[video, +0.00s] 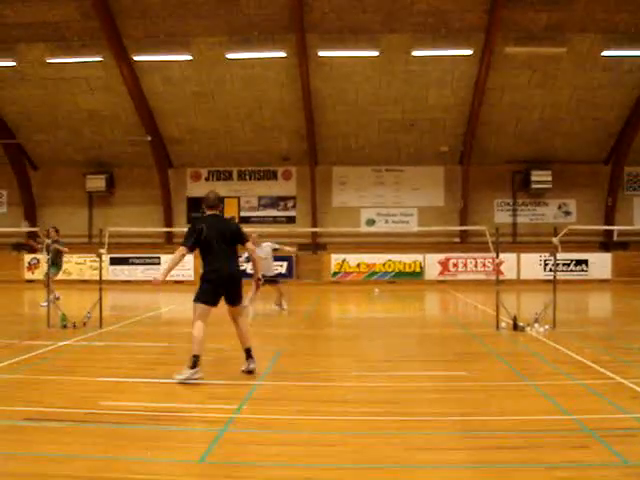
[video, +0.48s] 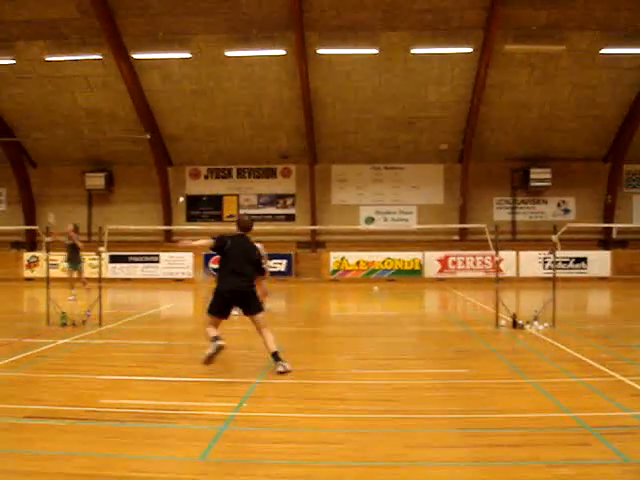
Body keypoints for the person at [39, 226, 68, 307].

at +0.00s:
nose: (50, 234)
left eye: (52, 232)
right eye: (50, 232)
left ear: (56, 233)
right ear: (49, 234)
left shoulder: (60, 242)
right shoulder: (50, 242)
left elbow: (66, 250)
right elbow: (44, 240)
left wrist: (56, 246)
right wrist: (39, 232)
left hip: (57, 264)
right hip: (50, 264)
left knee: (48, 279)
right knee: (46, 279)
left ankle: (49, 299)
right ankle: (54, 294)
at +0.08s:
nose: (48, 231)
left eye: (50, 229)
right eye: (48, 230)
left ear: (55, 231)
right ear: (46, 231)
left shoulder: (57, 241)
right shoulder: (48, 241)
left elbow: (65, 248)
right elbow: (40, 239)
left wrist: (57, 244)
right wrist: (36, 232)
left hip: (55, 263)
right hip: (48, 263)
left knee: (49, 280)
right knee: (45, 280)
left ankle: (50, 296)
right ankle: (52, 294)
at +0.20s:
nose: (52, 227)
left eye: (54, 225)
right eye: (51, 225)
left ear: (58, 226)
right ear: (51, 226)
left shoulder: (60, 236)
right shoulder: (50, 237)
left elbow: (68, 244)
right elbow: (41, 239)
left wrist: (61, 236)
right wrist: (34, 232)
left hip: (60, 257)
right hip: (53, 258)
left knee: (56, 274)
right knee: (52, 276)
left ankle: (58, 291)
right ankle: (52, 292)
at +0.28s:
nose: (53, 226)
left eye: (55, 224)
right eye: (52, 224)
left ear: (59, 225)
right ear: (52, 225)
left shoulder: (61, 234)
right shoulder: (50, 235)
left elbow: (69, 243)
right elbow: (43, 240)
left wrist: (62, 234)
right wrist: (35, 233)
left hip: (61, 256)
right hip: (54, 256)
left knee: (58, 274)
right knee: (54, 275)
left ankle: (60, 292)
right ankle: (54, 292)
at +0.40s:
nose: (59, 227)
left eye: (61, 225)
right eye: (59, 225)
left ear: (65, 227)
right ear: (58, 227)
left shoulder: (67, 235)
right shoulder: (58, 236)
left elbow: (72, 244)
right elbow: (50, 238)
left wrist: (65, 234)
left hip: (67, 258)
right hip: (60, 257)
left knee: (66, 275)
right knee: (61, 276)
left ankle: (70, 291)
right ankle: (66, 292)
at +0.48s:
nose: (68, 230)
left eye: (70, 227)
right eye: (68, 228)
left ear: (74, 230)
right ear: (68, 230)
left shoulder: (77, 238)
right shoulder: (68, 239)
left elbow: (81, 246)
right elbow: (61, 239)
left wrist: (73, 237)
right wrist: (54, 237)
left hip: (77, 261)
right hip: (70, 261)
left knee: (80, 277)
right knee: (70, 278)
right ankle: (72, 293)